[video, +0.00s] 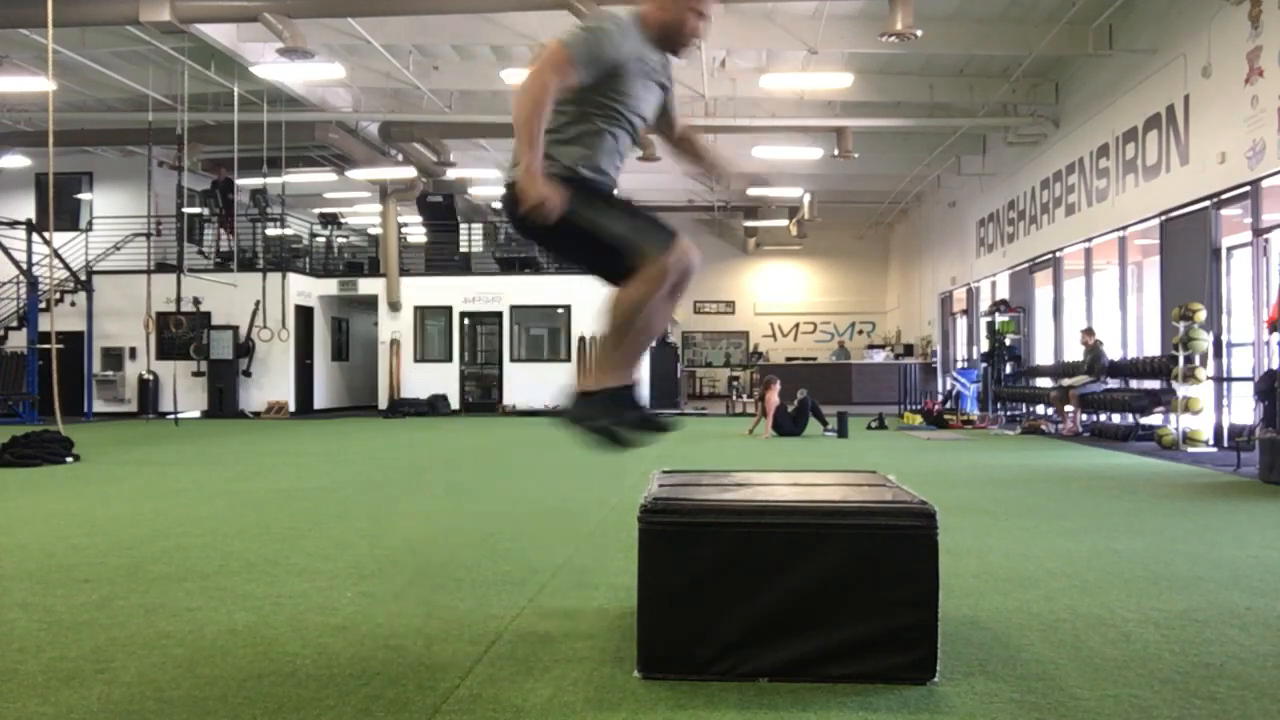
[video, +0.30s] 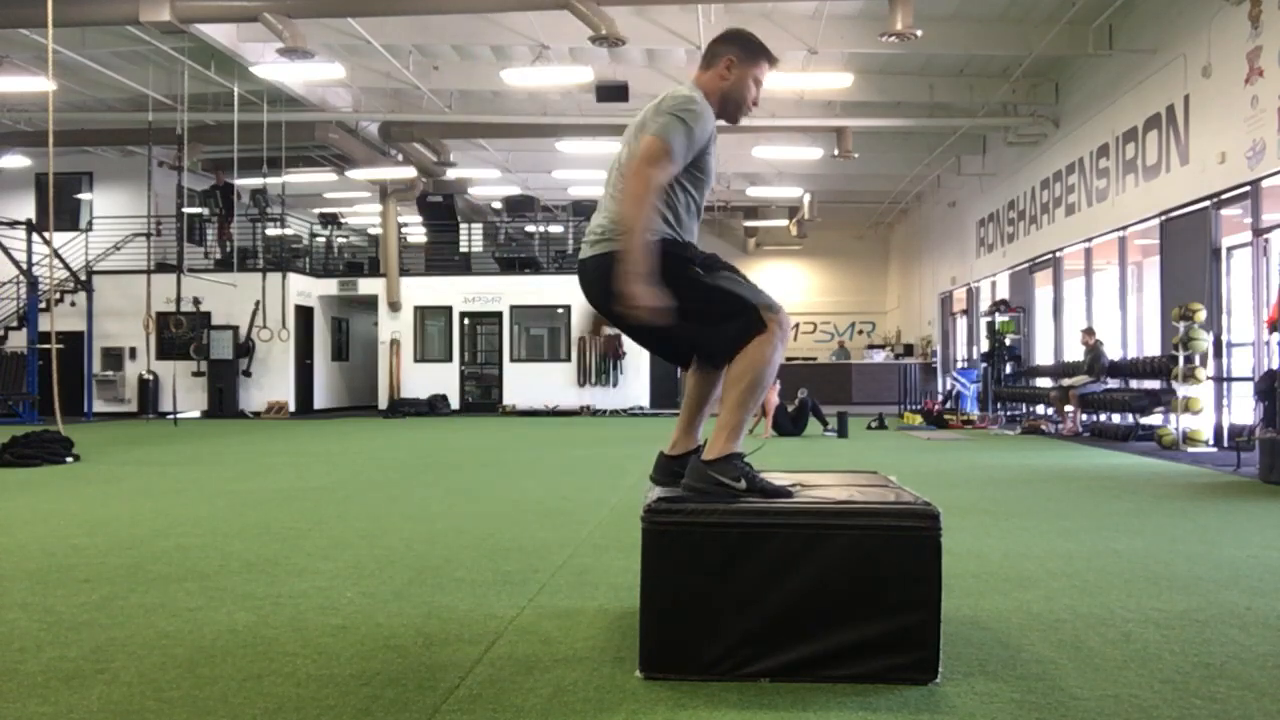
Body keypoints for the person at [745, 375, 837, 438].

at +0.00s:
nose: (779, 387)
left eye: (779, 384)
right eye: (778, 384)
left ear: (767, 385)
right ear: (773, 385)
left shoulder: (764, 396)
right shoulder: (772, 396)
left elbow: (759, 415)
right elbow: (770, 415)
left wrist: (751, 429)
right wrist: (767, 433)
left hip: (785, 430)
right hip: (793, 431)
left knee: (807, 402)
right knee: (807, 401)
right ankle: (826, 426)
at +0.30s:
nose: (779, 387)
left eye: (779, 384)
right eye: (778, 384)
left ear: (771, 386)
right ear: (772, 386)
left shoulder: (766, 396)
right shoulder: (772, 397)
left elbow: (759, 416)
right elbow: (769, 416)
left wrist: (751, 429)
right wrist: (767, 433)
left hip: (785, 429)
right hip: (793, 430)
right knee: (808, 401)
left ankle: (799, 401)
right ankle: (826, 426)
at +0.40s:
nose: (779, 387)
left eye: (779, 385)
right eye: (778, 385)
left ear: (770, 386)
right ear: (772, 386)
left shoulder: (766, 396)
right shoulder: (771, 397)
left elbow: (760, 415)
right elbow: (769, 416)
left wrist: (751, 429)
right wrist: (767, 433)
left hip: (786, 429)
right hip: (792, 430)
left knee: (809, 401)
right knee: (807, 401)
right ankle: (826, 426)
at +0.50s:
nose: (779, 387)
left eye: (779, 384)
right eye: (777, 385)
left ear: (769, 386)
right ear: (772, 386)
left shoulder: (765, 396)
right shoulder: (771, 397)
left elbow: (759, 415)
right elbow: (769, 416)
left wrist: (751, 429)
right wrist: (767, 433)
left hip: (785, 430)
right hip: (793, 431)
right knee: (808, 401)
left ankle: (799, 402)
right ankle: (826, 426)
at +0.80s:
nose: (779, 387)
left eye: (778, 384)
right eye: (777, 384)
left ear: (768, 386)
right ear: (772, 386)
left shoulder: (765, 396)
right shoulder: (771, 396)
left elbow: (759, 415)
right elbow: (769, 416)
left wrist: (751, 430)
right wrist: (767, 433)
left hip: (785, 430)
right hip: (792, 431)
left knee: (808, 401)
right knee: (807, 402)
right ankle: (826, 426)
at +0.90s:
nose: (779, 387)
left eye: (778, 384)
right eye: (777, 384)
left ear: (768, 386)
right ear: (772, 386)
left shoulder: (765, 396)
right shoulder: (771, 396)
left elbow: (759, 415)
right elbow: (769, 416)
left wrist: (751, 430)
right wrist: (767, 433)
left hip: (785, 429)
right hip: (792, 431)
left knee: (809, 401)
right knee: (807, 401)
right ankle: (826, 426)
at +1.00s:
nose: (779, 387)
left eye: (778, 384)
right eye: (778, 384)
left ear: (767, 385)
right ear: (772, 385)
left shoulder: (765, 396)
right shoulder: (771, 396)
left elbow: (759, 416)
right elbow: (769, 416)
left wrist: (751, 430)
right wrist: (767, 433)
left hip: (785, 430)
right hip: (793, 430)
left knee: (808, 401)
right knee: (806, 401)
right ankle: (826, 426)